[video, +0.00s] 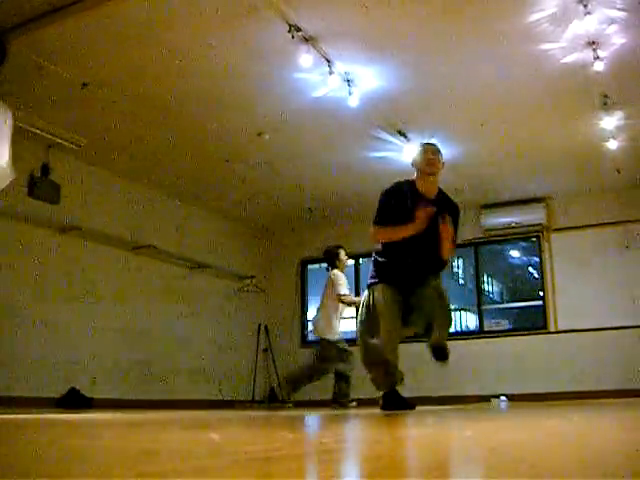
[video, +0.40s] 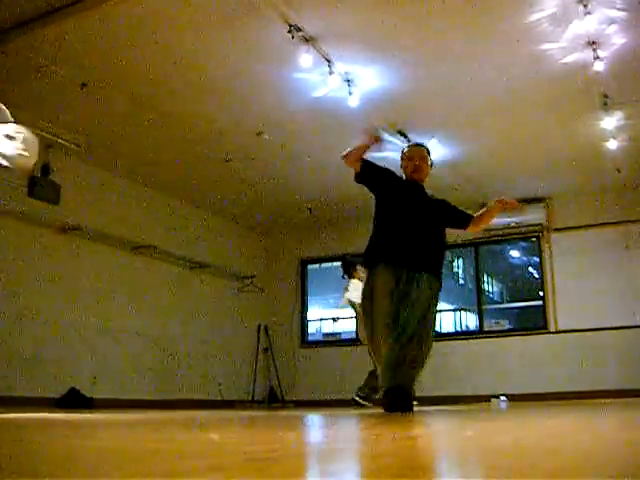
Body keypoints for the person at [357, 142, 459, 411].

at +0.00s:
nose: (431, 161)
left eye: (436, 157)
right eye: (426, 156)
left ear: (442, 164)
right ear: (415, 162)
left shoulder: (448, 206)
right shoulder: (395, 194)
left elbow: (446, 255)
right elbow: (377, 234)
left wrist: (445, 234)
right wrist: (415, 226)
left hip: (426, 273)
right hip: (389, 272)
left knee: (435, 303)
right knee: (385, 328)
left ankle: (438, 341)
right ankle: (389, 391)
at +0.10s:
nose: (424, 151)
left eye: (429, 146)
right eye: (419, 146)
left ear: (438, 153)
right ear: (411, 151)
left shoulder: (445, 198)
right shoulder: (394, 180)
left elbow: (445, 239)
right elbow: (370, 214)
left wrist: (458, 247)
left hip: (419, 266)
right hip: (386, 267)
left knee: (423, 262)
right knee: (381, 332)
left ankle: (422, 327)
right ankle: (393, 389)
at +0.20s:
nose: (418, 149)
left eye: (425, 144)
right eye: (414, 143)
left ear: (434, 152)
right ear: (407, 148)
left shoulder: (438, 189)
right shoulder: (388, 173)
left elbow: (455, 231)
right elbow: (353, 169)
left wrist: (492, 232)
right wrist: (371, 134)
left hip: (416, 251)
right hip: (381, 254)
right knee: (381, 322)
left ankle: (411, 355)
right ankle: (400, 384)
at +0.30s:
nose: (414, 161)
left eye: (421, 158)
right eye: (409, 157)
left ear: (429, 168)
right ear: (401, 165)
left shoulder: (434, 204)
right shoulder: (383, 183)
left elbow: (469, 225)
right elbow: (355, 150)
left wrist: (504, 212)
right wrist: (362, 115)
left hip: (420, 261)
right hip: (382, 257)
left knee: (414, 322)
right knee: (378, 316)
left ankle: (397, 391)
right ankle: (399, 385)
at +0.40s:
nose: (415, 164)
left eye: (421, 160)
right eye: (409, 159)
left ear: (430, 168)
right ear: (401, 165)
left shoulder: (436, 206)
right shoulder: (386, 183)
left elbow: (473, 224)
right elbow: (350, 160)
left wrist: (495, 206)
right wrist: (369, 143)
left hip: (425, 270)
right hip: (386, 263)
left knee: (416, 330)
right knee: (380, 325)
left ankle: (399, 393)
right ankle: (395, 390)